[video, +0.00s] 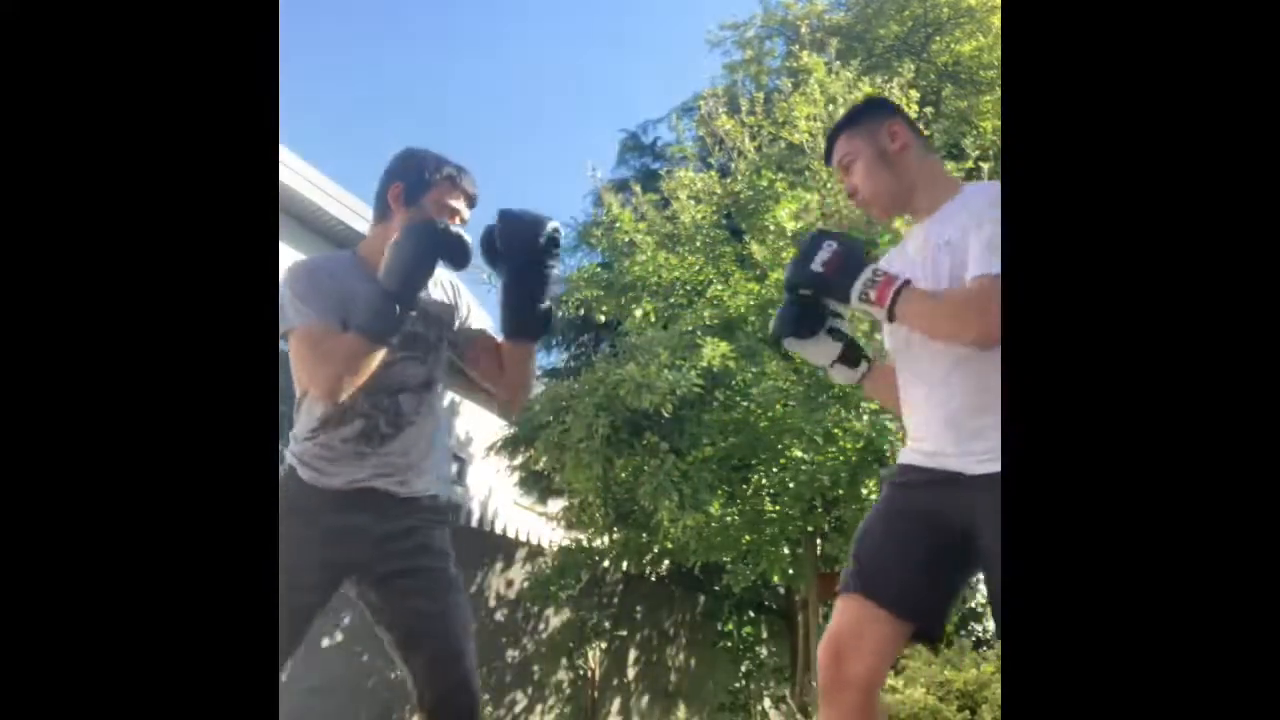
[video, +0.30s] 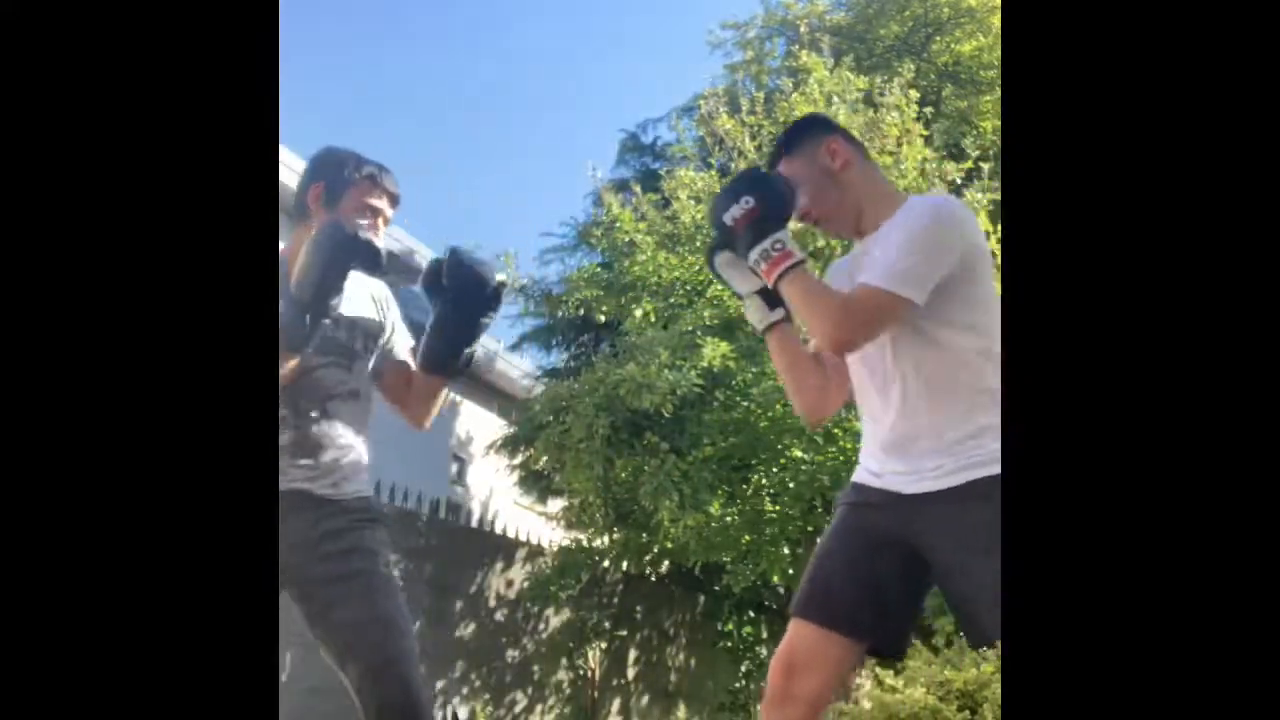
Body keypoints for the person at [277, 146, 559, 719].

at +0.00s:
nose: (459, 225)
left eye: (465, 215)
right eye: (451, 205)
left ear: (460, 230)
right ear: (397, 195)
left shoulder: (445, 303)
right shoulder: (313, 276)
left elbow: (511, 392)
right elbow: (326, 383)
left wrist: (524, 281)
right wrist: (396, 290)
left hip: (412, 519)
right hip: (311, 507)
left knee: (456, 701)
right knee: (277, 663)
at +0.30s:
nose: (379, 226)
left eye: (386, 217)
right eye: (367, 208)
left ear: (387, 226)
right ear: (316, 199)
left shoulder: (372, 296)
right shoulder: (283, 276)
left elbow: (418, 407)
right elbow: (284, 376)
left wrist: (454, 320)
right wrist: (305, 302)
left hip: (338, 507)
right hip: (289, 500)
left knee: (400, 693)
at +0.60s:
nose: (379, 206)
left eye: (386, 194)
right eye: (368, 185)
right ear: (315, 168)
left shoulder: (365, 266)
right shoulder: (283, 256)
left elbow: (468, 312)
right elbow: (285, 371)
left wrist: (561, 291)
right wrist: (318, 270)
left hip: (320, 489)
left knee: (362, 673)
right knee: (277, 677)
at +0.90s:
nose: (407, 175)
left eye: (413, 162)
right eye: (396, 151)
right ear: (339, 130)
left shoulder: (391, 241)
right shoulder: (282, 215)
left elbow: (500, 305)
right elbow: (285, 329)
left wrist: (607, 266)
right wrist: (329, 248)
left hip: (326, 478)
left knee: (364, 675)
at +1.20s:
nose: (319, 126)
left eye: (325, 115)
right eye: (308, 103)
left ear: (325, 121)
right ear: (277, 86)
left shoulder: (297, 225)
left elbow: (331, 334)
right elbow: (330, 333)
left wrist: (403, 266)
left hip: (288, 454)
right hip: (289, 454)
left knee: (342, 684)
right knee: (337, 683)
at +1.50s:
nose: (329, 95)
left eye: (332, 80)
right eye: (320, 71)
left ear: (327, 75)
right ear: (289, 52)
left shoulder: (299, 179)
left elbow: (393, 278)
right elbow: (316, 215)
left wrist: (414, 159)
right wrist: (368, 101)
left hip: (285, 438)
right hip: (282, 436)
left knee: (311, 657)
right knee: (305, 660)